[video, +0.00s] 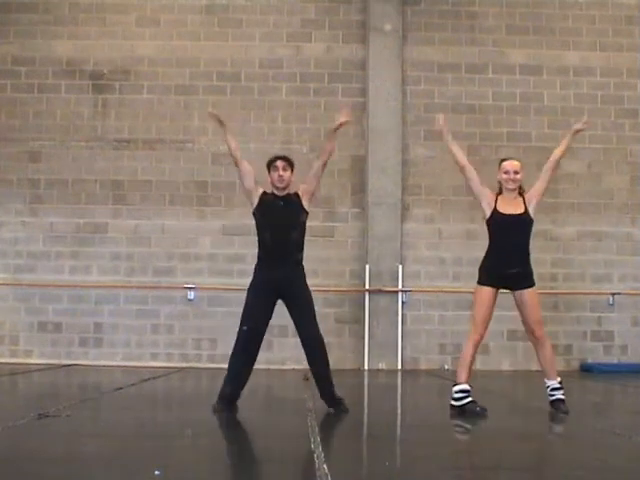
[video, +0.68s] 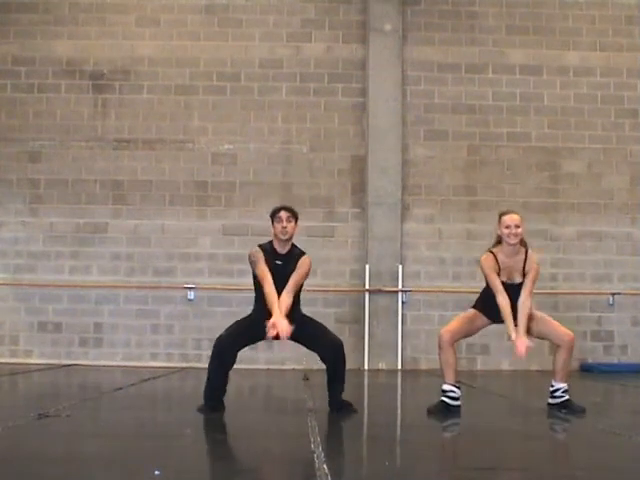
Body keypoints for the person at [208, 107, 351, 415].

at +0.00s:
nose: (280, 173)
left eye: (285, 169)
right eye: (275, 169)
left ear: (292, 174)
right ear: (268, 175)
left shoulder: (302, 198)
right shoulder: (258, 196)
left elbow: (321, 164)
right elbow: (238, 161)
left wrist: (334, 131)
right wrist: (225, 127)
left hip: (294, 281)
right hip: (264, 281)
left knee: (312, 338)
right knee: (248, 339)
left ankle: (330, 396)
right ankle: (227, 399)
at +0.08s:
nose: (284, 176)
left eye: (289, 172)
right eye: (279, 172)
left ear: (297, 177)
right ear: (271, 177)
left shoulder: (304, 200)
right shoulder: (263, 199)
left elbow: (311, 171)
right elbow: (253, 163)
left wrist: (311, 143)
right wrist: (258, 130)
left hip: (297, 283)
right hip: (266, 283)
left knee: (315, 338)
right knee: (249, 338)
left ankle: (332, 395)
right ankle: (225, 397)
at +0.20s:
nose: (287, 186)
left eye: (291, 182)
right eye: (282, 182)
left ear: (300, 188)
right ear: (274, 188)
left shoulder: (303, 210)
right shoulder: (267, 212)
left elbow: (305, 195)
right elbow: (260, 184)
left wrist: (283, 211)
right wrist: (288, 198)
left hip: (300, 291)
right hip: (270, 291)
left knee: (318, 345)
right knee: (251, 343)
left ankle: (332, 400)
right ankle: (222, 398)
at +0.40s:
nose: (288, 186)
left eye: (292, 182)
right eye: (283, 181)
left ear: (299, 186)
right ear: (275, 187)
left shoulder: (305, 213)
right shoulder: (264, 211)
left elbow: (311, 206)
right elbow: (267, 222)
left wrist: (288, 188)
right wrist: (283, 195)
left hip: (296, 293)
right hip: (265, 292)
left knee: (318, 347)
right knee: (242, 344)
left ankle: (333, 399)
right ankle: (222, 397)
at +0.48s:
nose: (281, 186)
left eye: (287, 183)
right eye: (278, 182)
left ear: (297, 189)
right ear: (273, 188)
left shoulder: (306, 217)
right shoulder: (264, 215)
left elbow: (299, 230)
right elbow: (273, 235)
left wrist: (289, 205)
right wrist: (284, 208)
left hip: (295, 295)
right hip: (263, 295)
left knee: (320, 343)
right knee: (238, 340)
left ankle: (332, 398)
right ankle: (220, 397)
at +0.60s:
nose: (285, 207)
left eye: (289, 203)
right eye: (280, 203)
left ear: (297, 208)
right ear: (273, 208)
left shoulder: (303, 240)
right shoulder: (260, 234)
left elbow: (294, 266)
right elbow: (267, 261)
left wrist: (281, 266)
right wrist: (282, 266)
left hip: (293, 309)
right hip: (261, 308)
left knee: (329, 343)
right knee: (228, 339)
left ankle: (335, 400)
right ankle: (216, 398)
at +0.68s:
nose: (284, 225)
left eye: (289, 221)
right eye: (279, 221)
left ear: (295, 227)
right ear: (272, 227)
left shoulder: (303, 260)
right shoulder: (258, 253)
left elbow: (290, 291)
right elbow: (266, 284)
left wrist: (278, 318)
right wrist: (278, 316)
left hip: (294, 321)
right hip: (261, 320)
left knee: (334, 347)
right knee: (224, 345)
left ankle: (336, 401)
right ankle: (213, 402)